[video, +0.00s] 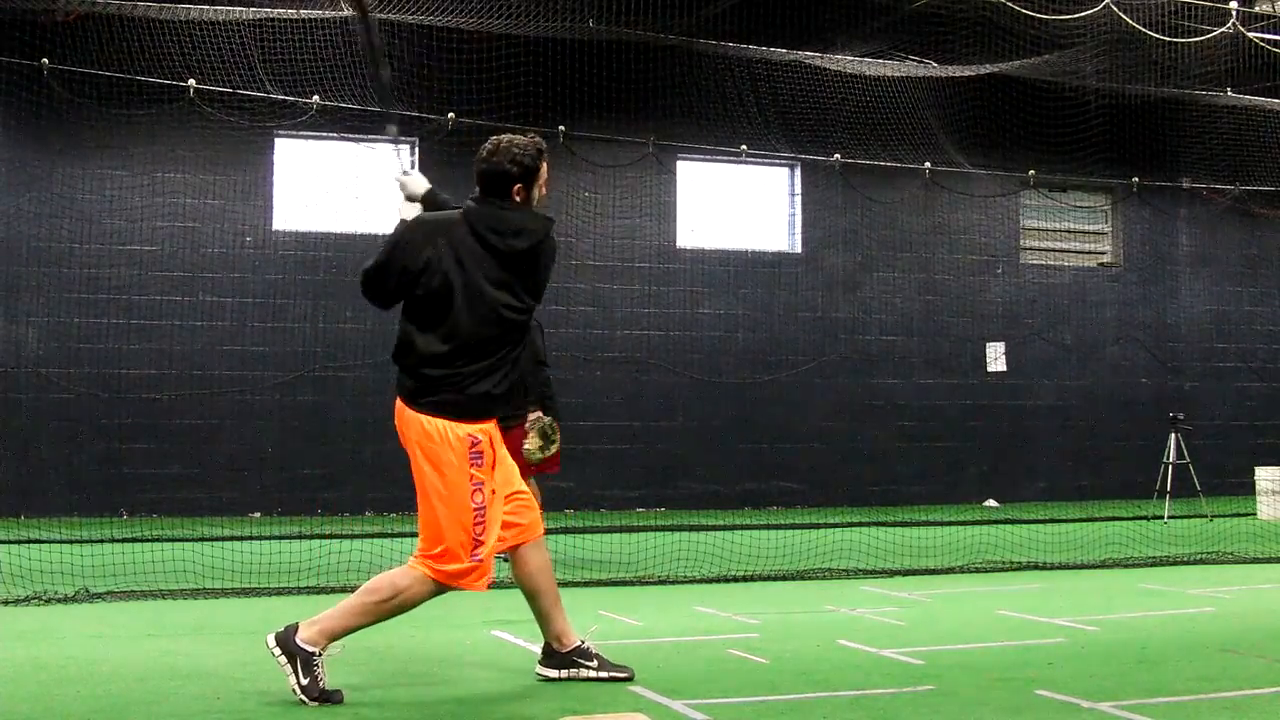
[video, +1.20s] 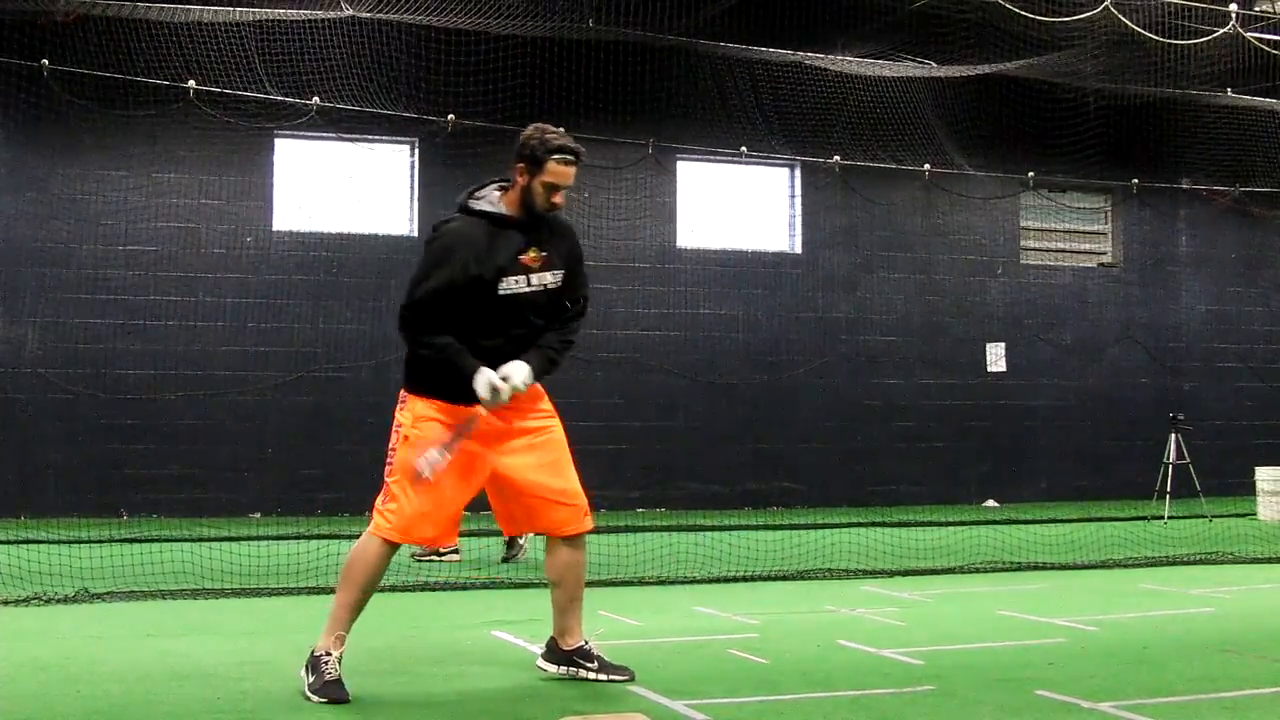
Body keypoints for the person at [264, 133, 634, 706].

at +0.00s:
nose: (546, 189)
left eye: (546, 180)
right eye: (544, 182)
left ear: (483, 186)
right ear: (523, 189)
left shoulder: (427, 233)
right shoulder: (536, 238)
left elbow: (378, 289)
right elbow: (486, 234)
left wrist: (410, 219)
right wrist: (436, 202)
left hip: (449, 414)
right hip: (458, 420)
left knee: (522, 523)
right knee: (448, 563)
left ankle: (563, 648)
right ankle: (306, 639)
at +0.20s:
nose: (544, 194)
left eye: (545, 184)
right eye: (542, 185)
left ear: (483, 185)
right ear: (517, 190)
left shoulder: (429, 230)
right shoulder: (527, 253)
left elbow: (407, 262)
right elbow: (545, 271)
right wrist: (527, 216)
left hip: (476, 418)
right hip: (450, 421)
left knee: (531, 523)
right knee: (443, 560)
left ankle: (564, 650)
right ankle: (304, 640)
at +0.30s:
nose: (547, 191)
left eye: (547, 181)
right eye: (543, 182)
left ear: (490, 182)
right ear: (517, 186)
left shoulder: (441, 221)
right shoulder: (520, 251)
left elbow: (484, 278)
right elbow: (561, 286)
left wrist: (542, 248)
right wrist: (574, 251)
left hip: (483, 417)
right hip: (450, 419)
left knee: (536, 523)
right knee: (440, 558)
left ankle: (564, 649)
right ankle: (305, 638)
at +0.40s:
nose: (554, 190)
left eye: (554, 178)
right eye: (549, 180)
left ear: (501, 182)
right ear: (518, 185)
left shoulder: (455, 217)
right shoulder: (523, 254)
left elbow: (505, 275)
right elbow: (571, 311)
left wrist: (573, 275)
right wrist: (609, 288)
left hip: (487, 412)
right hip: (455, 418)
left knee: (541, 520)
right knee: (441, 556)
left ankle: (565, 649)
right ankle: (305, 637)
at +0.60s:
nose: (571, 198)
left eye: (572, 188)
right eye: (564, 188)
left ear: (526, 187)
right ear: (529, 187)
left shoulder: (506, 223)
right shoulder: (509, 254)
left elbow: (547, 305)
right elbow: (543, 349)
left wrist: (598, 339)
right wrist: (614, 371)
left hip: (497, 409)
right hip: (450, 414)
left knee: (550, 518)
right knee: (436, 552)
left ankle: (565, 647)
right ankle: (304, 636)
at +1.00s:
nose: (592, 198)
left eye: (597, 188)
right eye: (586, 187)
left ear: (584, 182)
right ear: (551, 176)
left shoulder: (570, 230)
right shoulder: (494, 244)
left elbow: (577, 312)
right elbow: (464, 346)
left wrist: (561, 372)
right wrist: (529, 395)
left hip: (527, 398)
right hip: (457, 397)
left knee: (573, 513)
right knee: (405, 517)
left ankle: (567, 644)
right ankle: (312, 636)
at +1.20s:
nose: (563, 198)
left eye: (569, 188)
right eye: (555, 186)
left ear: (569, 183)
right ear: (523, 174)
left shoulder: (561, 238)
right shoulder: (461, 237)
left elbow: (568, 320)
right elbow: (416, 321)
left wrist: (530, 366)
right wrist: (469, 372)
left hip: (522, 403)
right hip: (438, 405)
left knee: (570, 520)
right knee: (392, 525)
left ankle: (567, 645)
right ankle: (327, 651)